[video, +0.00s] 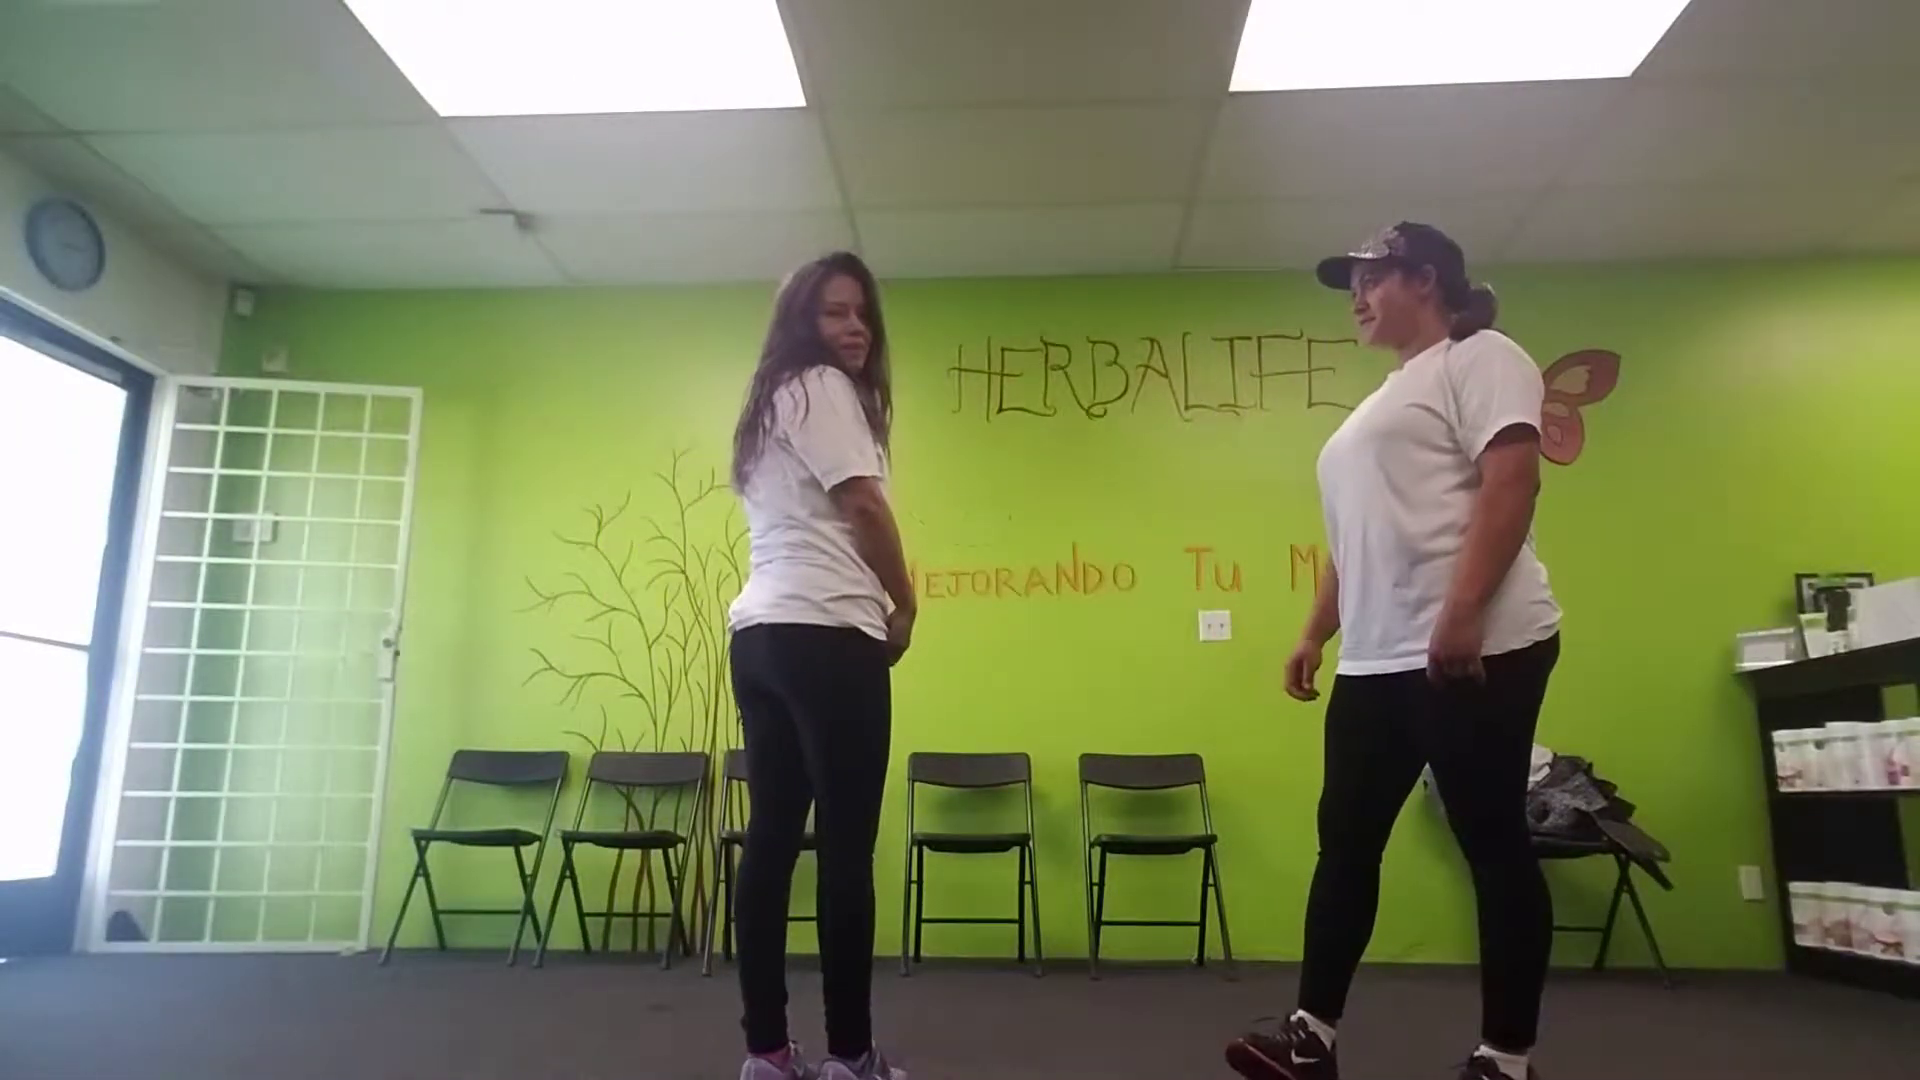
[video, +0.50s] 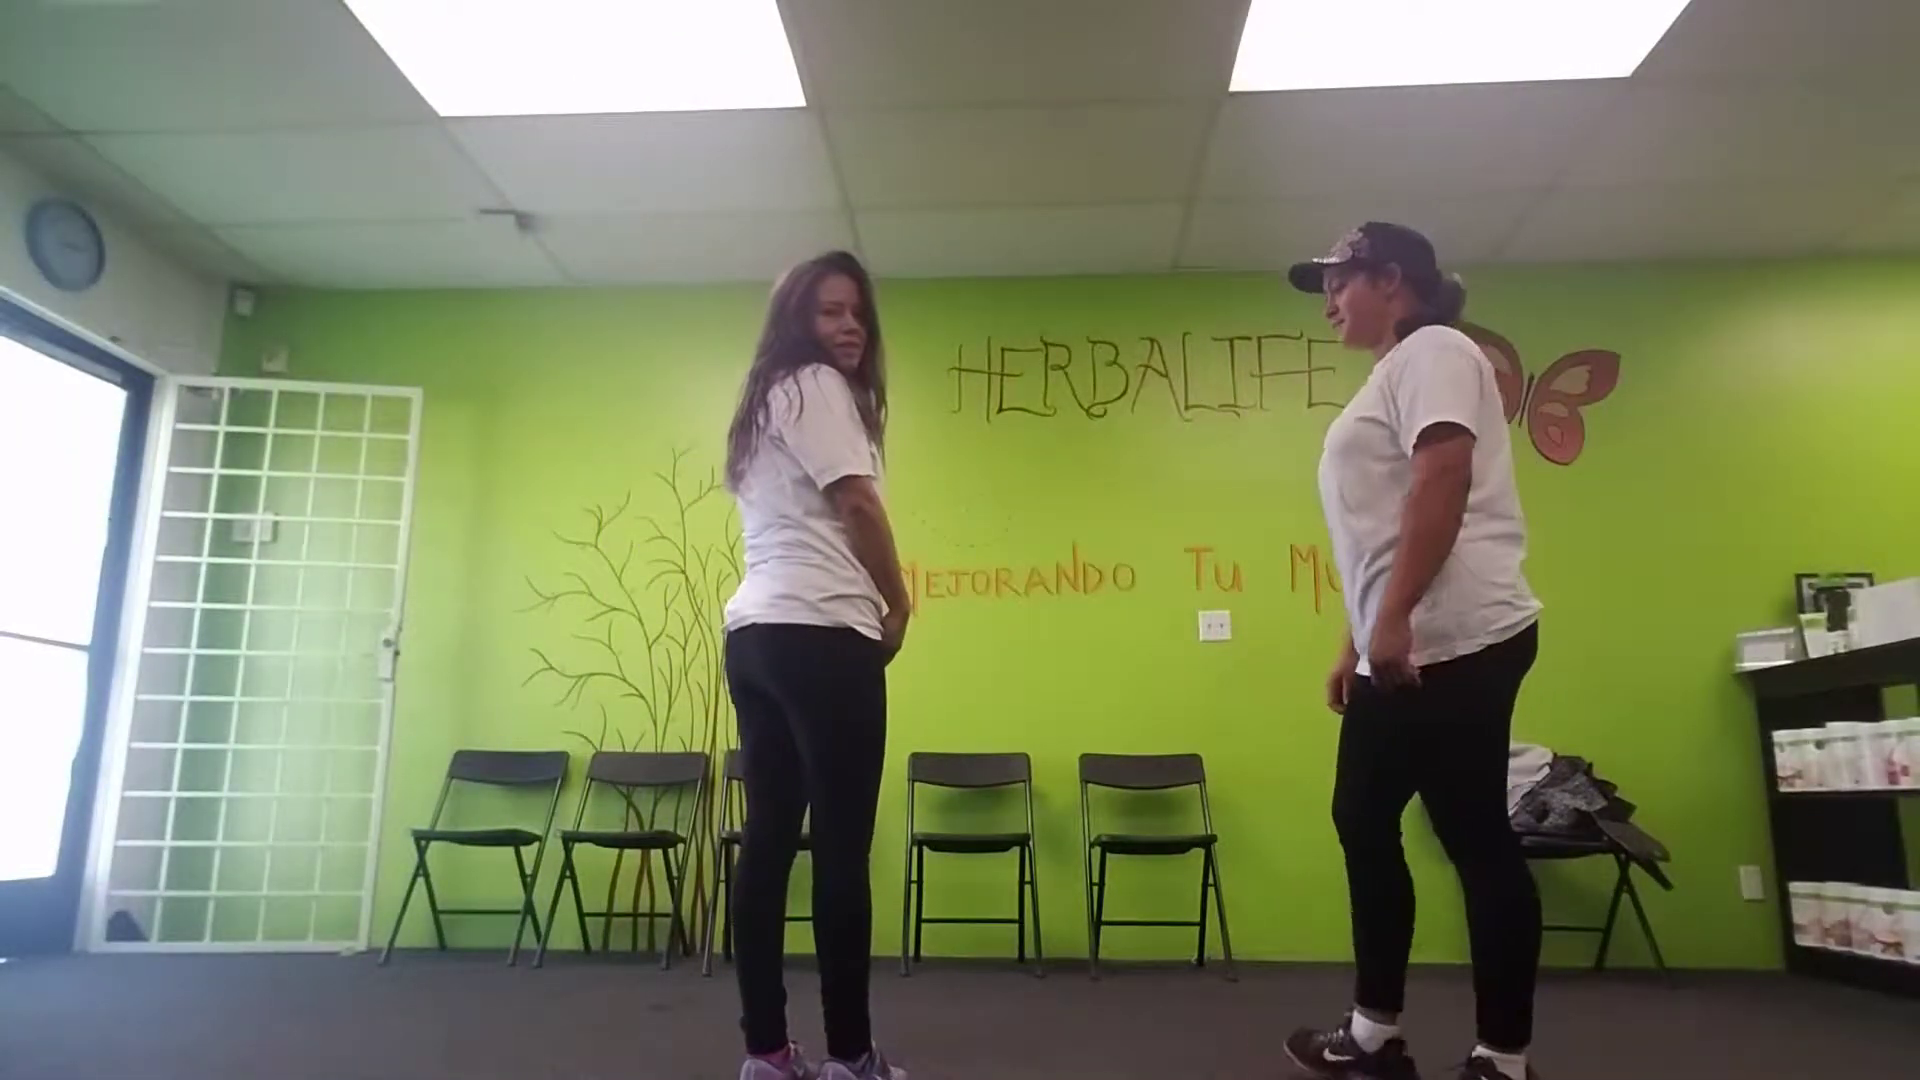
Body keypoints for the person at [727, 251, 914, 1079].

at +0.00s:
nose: (852, 326)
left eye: (860, 313)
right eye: (834, 313)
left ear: (871, 323)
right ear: (801, 321)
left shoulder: (773, 396)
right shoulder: (823, 387)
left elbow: (791, 526)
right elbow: (862, 506)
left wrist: (876, 602)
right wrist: (904, 600)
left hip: (762, 635)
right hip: (826, 633)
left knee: (771, 840)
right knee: (848, 846)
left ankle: (766, 1051)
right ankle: (849, 1055)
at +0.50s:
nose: (847, 325)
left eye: (855, 312)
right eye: (829, 312)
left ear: (866, 322)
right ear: (796, 320)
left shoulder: (767, 395)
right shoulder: (818, 386)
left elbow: (778, 525)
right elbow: (856, 504)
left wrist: (865, 601)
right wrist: (899, 598)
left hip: (756, 633)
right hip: (821, 631)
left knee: (767, 840)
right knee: (843, 848)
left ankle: (765, 1051)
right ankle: (850, 1056)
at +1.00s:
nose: (841, 326)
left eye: (850, 314)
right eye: (824, 312)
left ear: (858, 324)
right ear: (791, 320)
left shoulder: (759, 396)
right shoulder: (814, 387)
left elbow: (770, 527)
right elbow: (854, 505)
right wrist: (889, 606)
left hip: (751, 633)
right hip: (820, 631)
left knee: (762, 838)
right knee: (845, 846)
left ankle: (765, 1050)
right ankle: (851, 1054)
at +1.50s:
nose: (869, 337)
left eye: (866, 324)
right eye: (860, 324)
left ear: (782, 334)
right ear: (834, 329)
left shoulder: (736, 414)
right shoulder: (857, 393)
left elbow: (724, 548)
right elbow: (900, 521)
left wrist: (764, 622)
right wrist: (904, 621)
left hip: (754, 644)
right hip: (854, 638)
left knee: (752, 849)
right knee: (893, 846)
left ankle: (758, 1050)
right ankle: (914, 1046)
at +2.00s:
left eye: (822, 332)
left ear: (824, 342)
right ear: (904, 346)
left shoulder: (785, 419)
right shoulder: (934, 417)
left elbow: (753, 535)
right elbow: (984, 523)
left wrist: (810, 585)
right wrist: (935, 579)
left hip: (807, 639)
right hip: (912, 642)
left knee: (777, 841)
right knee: (912, 848)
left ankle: (740, 1042)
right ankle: (921, 1050)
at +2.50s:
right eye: (866, 337)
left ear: (786, 340)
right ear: (870, 346)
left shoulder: (748, 423)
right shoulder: (897, 423)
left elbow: (737, 549)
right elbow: (919, 540)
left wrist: (812, 528)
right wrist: (852, 502)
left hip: (766, 648)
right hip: (871, 652)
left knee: (741, 846)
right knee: (893, 854)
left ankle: (706, 1050)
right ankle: (924, 1052)